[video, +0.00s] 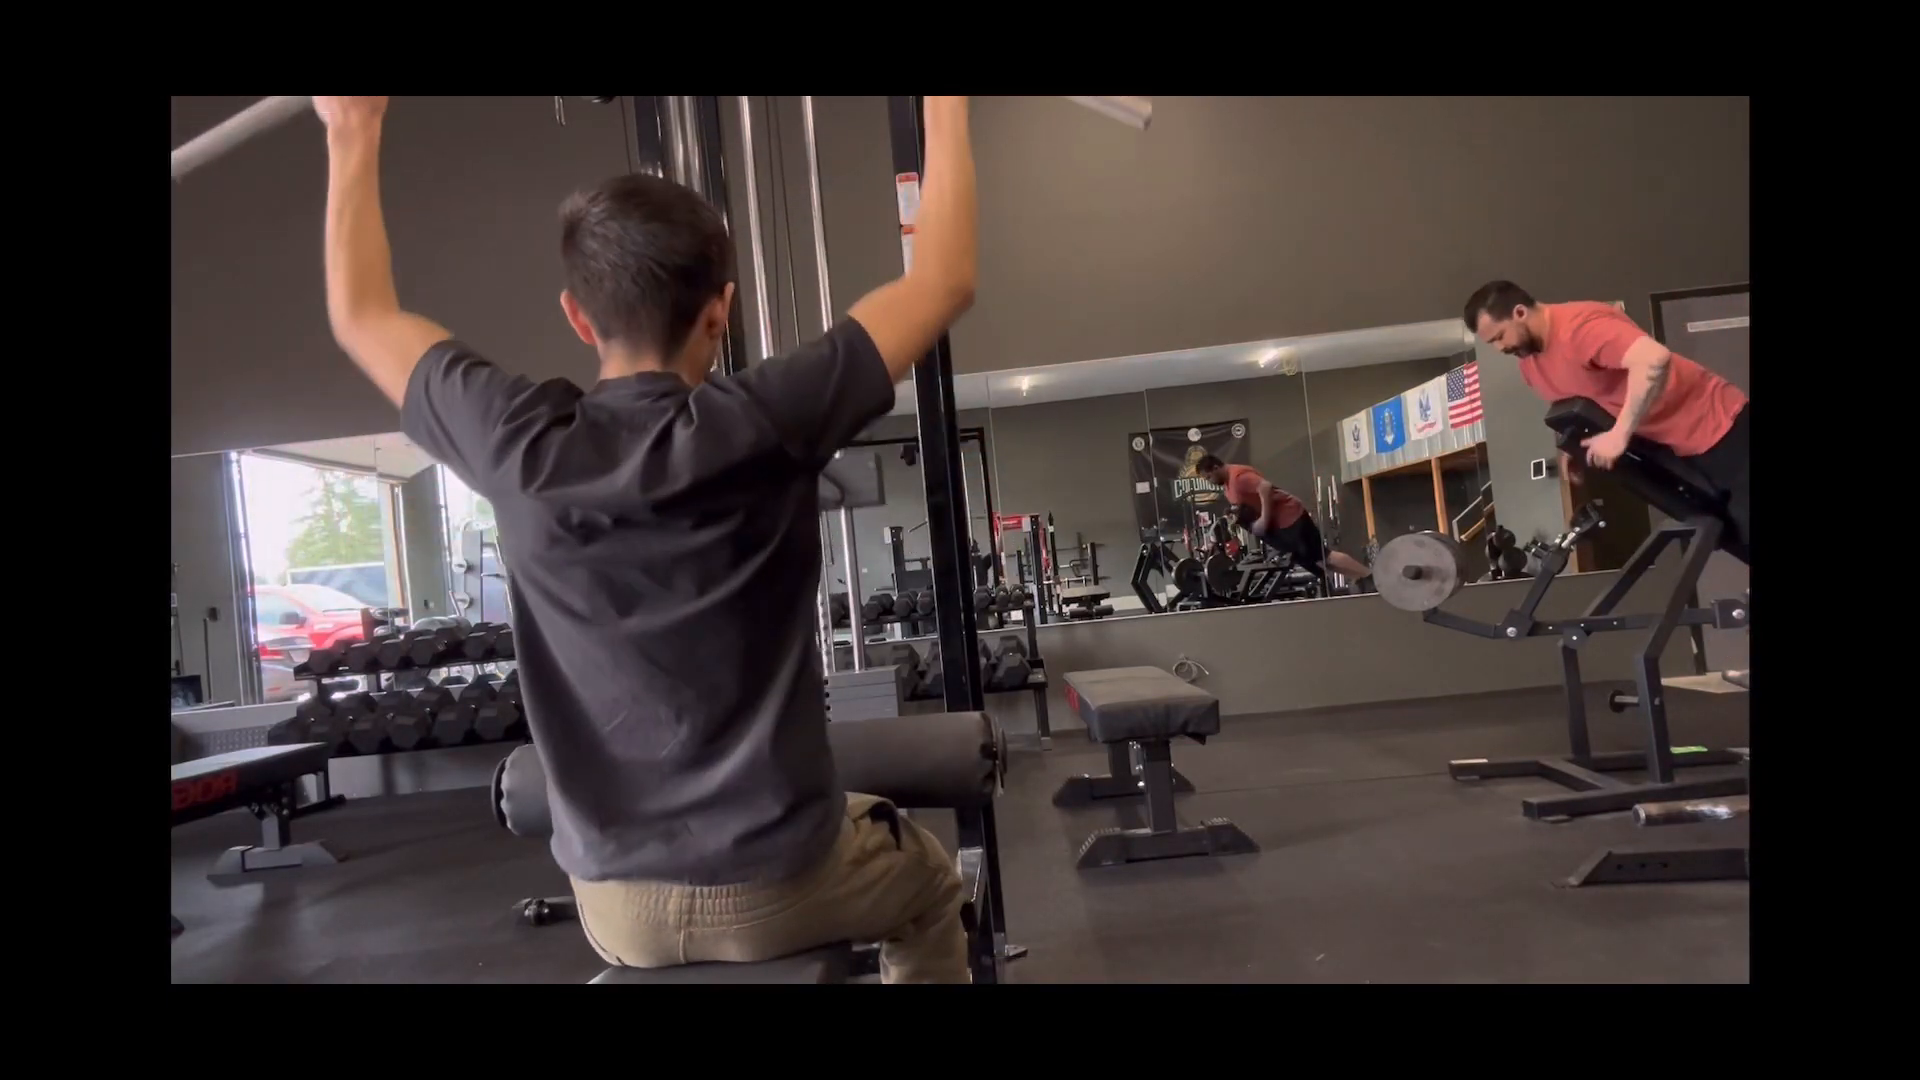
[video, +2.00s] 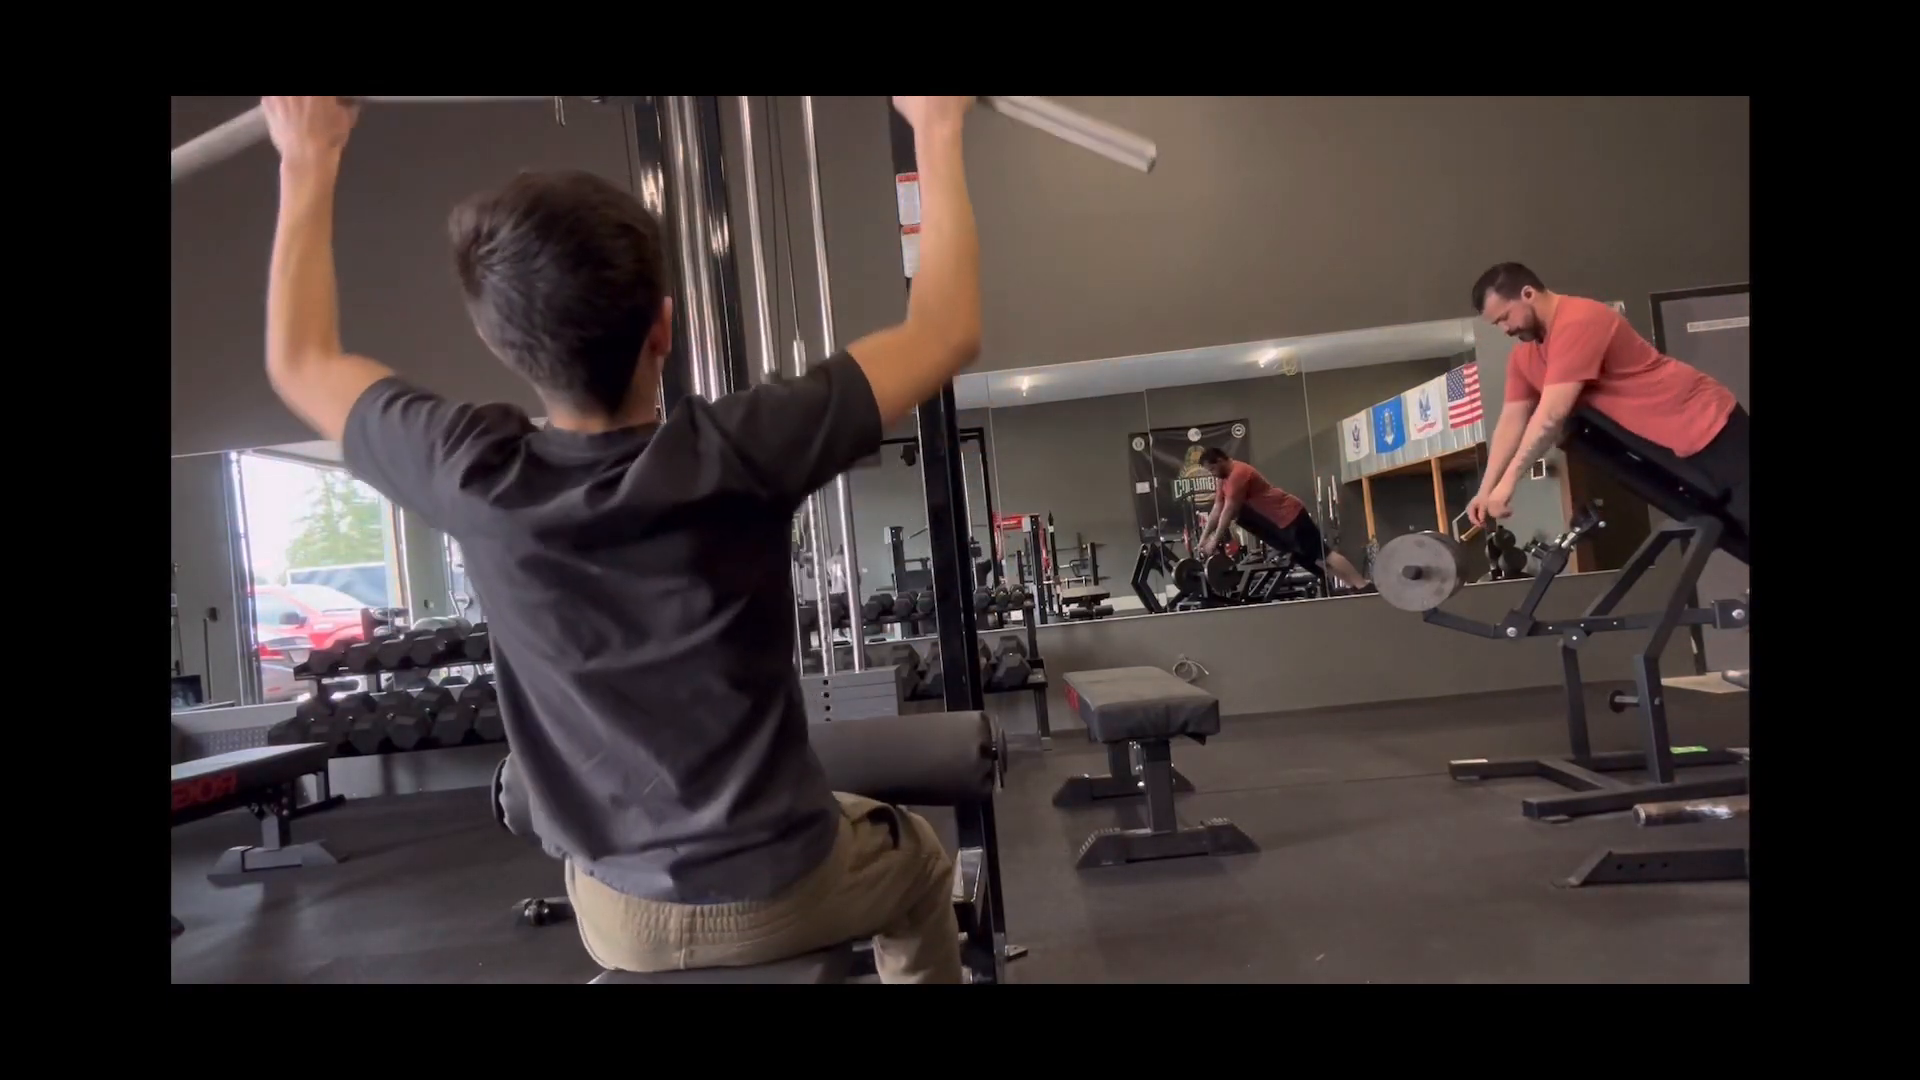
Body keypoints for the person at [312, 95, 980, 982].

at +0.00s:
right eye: (729, 294)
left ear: (577, 317)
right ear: (718, 313)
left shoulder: (520, 441)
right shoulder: (769, 420)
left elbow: (359, 313)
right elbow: (942, 282)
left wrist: (350, 131)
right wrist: (947, 105)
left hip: (615, 904)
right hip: (780, 890)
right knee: (927, 882)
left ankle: (632, 972)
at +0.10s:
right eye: (722, 290)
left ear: (570, 320)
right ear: (716, 311)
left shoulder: (513, 459)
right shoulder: (766, 438)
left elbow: (332, 386)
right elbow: (968, 349)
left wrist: (348, 204)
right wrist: (955, 165)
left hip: (613, 915)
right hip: (776, 899)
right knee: (924, 881)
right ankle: (927, 979)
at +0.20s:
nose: (717, 307)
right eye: (716, 290)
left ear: (560, 322)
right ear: (710, 310)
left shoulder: (511, 473)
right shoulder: (763, 448)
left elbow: (328, 474)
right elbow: (983, 431)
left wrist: (351, 293)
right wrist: (959, 245)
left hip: (618, 916)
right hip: (784, 898)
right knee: (932, 886)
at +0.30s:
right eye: (712, 294)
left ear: (553, 330)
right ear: (703, 315)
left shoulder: (512, 489)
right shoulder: (766, 461)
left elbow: (334, 564)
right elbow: (984, 516)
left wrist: (361, 380)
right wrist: (965, 335)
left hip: (617, 915)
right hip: (785, 900)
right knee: (932, 885)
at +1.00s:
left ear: (511, 351)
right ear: (680, 327)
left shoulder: (491, 490)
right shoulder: (761, 458)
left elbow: (341, 418)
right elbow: (960, 380)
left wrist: (351, 240)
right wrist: (960, 193)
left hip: (612, 924)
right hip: (780, 902)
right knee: (923, 864)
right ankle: (925, 977)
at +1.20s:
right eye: (691, 282)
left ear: (525, 342)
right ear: (687, 323)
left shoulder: (510, 450)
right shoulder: (762, 413)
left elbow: (370, 291)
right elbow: (908, 247)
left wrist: (335, 121)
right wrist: (936, 93)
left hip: (608, 916)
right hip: (778, 904)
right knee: (922, 857)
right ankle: (931, 978)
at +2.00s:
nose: (673, 310)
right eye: (669, 297)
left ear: (506, 347)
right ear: (658, 328)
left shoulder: (472, 472)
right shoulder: (742, 448)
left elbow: (298, 358)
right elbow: (945, 333)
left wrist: (305, 159)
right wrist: (941, 134)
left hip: (612, 914)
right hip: (778, 902)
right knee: (918, 864)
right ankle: (926, 981)